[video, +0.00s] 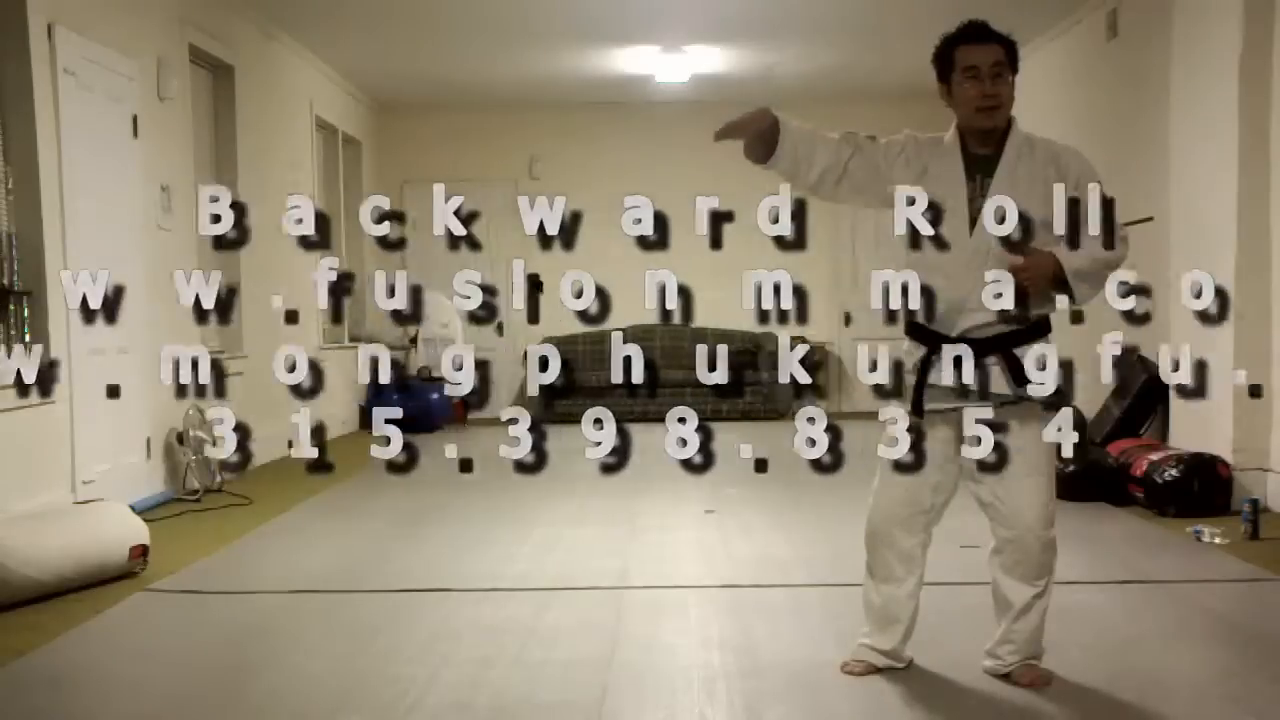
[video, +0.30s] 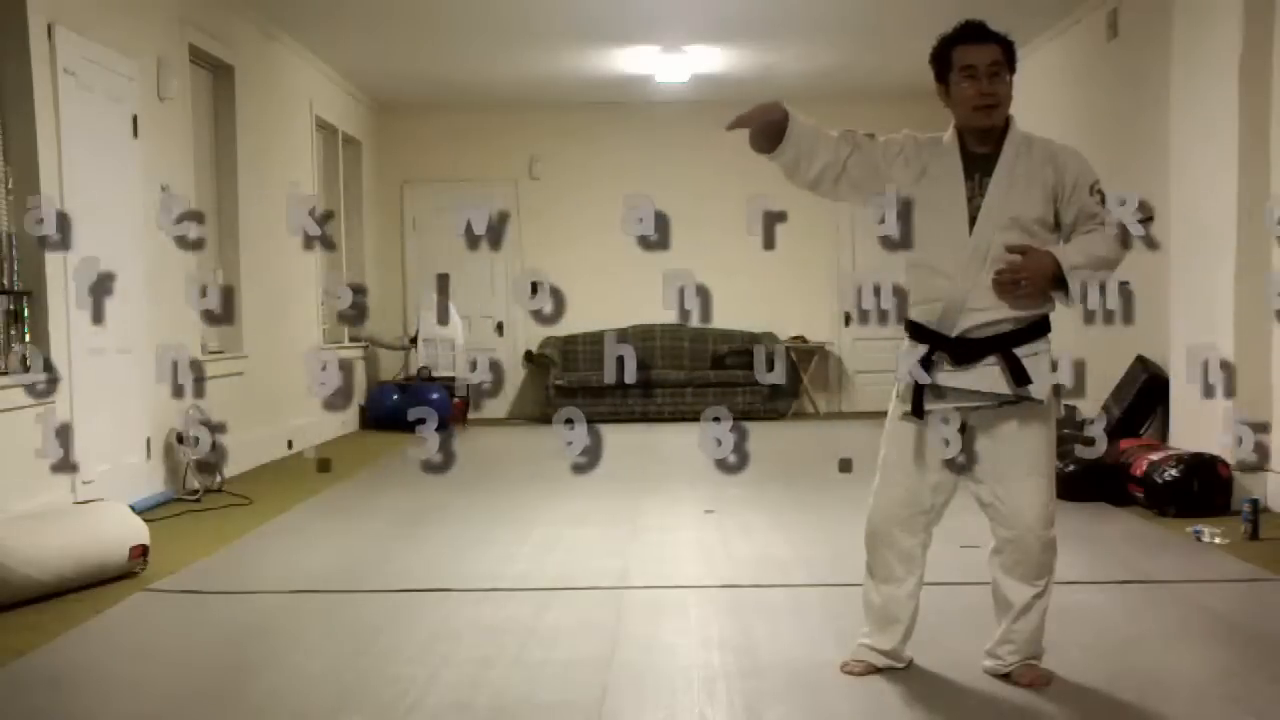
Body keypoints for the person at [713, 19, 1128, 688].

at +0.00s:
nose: (989, 86)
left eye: (1000, 72)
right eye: (972, 74)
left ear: (1015, 83)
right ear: (946, 88)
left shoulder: (1060, 165)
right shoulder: (911, 158)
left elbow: (1110, 250)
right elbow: (840, 161)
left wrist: (1059, 265)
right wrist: (774, 133)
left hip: (1018, 368)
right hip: (929, 367)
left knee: (1029, 524)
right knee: (895, 514)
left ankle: (1016, 653)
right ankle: (882, 641)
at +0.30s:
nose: (986, 86)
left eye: (997, 73)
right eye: (968, 75)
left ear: (1012, 82)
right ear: (943, 88)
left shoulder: (1057, 166)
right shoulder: (913, 157)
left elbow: (1108, 237)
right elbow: (842, 160)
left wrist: (1058, 264)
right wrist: (784, 129)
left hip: (1017, 365)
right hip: (929, 364)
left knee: (1029, 527)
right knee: (894, 516)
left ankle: (1016, 653)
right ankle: (882, 640)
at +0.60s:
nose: (966, 84)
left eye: (982, 71)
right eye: (955, 72)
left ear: (1013, 85)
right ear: (942, 85)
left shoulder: (1058, 168)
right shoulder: (910, 156)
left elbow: (1103, 242)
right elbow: (835, 136)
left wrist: (1063, 266)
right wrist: (791, 85)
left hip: (1018, 369)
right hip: (928, 367)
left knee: (1029, 526)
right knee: (895, 518)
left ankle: (1015, 653)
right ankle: (883, 642)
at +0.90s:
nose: (967, 87)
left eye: (984, 73)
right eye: (960, 74)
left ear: (1020, 89)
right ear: (950, 84)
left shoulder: (1063, 171)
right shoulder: (915, 154)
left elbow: (1107, 249)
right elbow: (850, 118)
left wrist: (1064, 273)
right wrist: (818, 54)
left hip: (1016, 370)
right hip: (927, 367)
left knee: (1027, 527)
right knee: (892, 518)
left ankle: (1016, 653)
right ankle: (882, 642)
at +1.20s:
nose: (973, 87)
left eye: (992, 75)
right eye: (967, 74)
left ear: (1025, 89)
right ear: (957, 83)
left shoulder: (1067, 171)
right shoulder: (926, 155)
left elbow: (1113, 249)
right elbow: (885, 107)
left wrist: (1064, 269)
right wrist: (915, 44)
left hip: (1022, 368)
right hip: (931, 364)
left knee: (1031, 525)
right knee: (895, 516)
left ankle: (1015, 653)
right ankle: (882, 642)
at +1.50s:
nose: (991, 83)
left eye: (1007, 70)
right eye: (978, 71)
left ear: (1029, 84)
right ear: (960, 85)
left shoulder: (1070, 171)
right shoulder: (935, 158)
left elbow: (1113, 249)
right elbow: (900, 98)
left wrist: (1074, 270)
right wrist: (951, 38)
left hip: (1026, 369)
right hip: (936, 366)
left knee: (1036, 526)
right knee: (899, 514)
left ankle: (1016, 653)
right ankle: (882, 641)